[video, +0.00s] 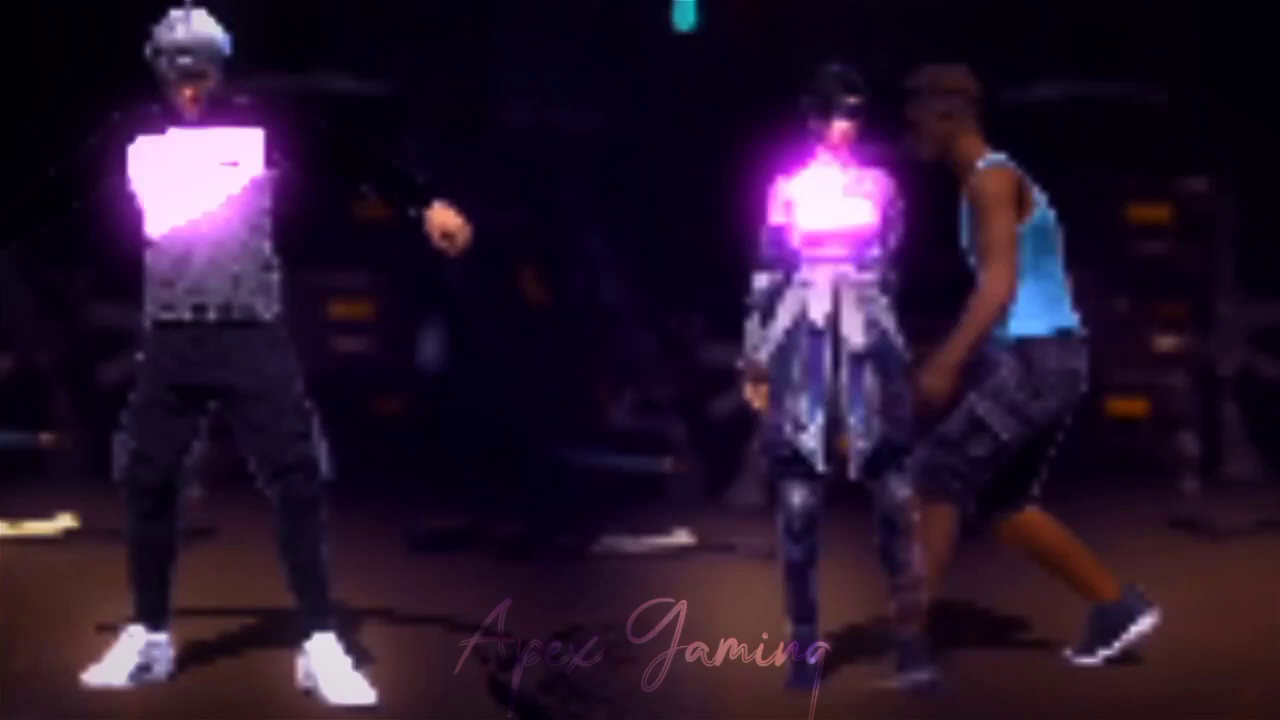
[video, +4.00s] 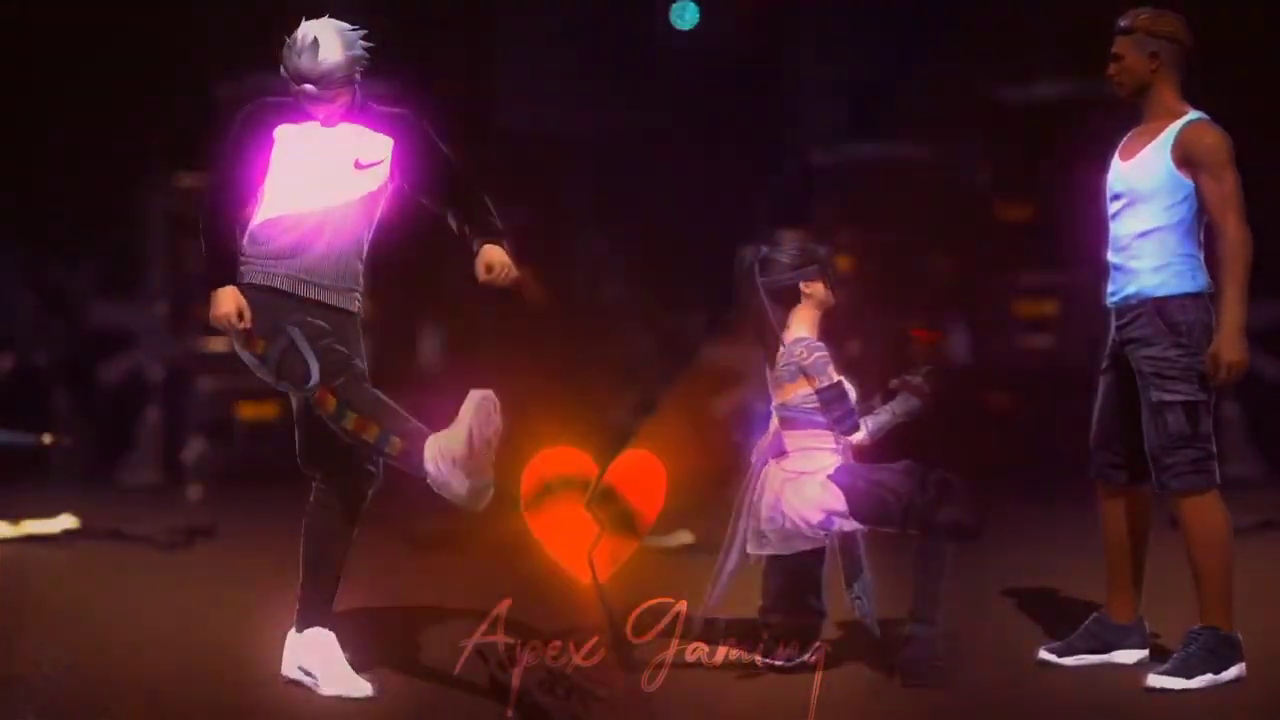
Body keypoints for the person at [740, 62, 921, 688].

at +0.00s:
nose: (845, 128)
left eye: (854, 116)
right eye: (836, 116)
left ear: (864, 121)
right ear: (815, 119)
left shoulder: (881, 186)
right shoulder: (786, 187)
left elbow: (887, 274)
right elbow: (767, 275)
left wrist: (902, 363)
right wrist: (755, 362)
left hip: (869, 338)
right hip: (802, 337)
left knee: (893, 488)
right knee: (799, 495)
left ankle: (909, 634)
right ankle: (804, 637)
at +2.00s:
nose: (880, 152)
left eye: (888, 142)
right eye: (869, 142)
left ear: (896, 148)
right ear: (848, 148)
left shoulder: (911, 220)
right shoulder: (817, 219)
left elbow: (939, 304)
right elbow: (795, 300)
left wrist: (949, 375)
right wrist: (795, 364)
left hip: (893, 354)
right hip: (831, 352)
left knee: (907, 509)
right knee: (844, 496)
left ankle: (868, 621)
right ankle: (831, 650)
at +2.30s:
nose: (893, 199)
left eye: (897, 190)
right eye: (882, 189)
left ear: (900, 197)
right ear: (853, 194)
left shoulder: (910, 270)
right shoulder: (825, 265)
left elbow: (917, 351)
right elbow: (814, 350)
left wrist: (908, 407)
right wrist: (869, 410)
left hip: (889, 408)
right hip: (831, 397)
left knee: (866, 559)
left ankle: (780, 610)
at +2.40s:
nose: (894, 205)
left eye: (898, 195)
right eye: (883, 195)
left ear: (901, 202)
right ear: (853, 200)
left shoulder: (907, 275)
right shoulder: (826, 267)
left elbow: (911, 356)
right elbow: (814, 352)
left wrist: (906, 408)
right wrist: (870, 415)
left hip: (885, 406)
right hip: (828, 393)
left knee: (867, 558)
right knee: (837, 424)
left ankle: (771, 608)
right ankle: (877, 470)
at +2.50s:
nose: (890, 218)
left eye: (890, 210)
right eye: (879, 210)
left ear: (876, 218)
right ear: (848, 216)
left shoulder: (888, 288)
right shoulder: (827, 282)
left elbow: (893, 366)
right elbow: (824, 367)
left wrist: (931, 406)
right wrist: (894, 409)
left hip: (873, 416)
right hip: (825, 412)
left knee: (851, 576)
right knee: (872, 451)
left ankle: (732, 607)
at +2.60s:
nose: (883, 230)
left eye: (882, 222)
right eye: (873, 222)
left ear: (855, 231)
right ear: (842, 230)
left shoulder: (869, 298)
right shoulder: (823, 298)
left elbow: (876, 376)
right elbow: (830, 379)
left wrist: (925, 409)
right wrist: (894, 409)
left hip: (854, 429)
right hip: (817, 430)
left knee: (838, 586)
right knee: (933, 488)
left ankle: (707, 606)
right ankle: (917, 651)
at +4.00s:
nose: (830, 287)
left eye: (825, 279)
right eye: (822, 280)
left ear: (799, 292)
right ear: (804, 288)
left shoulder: (790, 350)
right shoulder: (810, 349)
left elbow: (843, 427)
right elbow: (852, 432)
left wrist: (893, 398)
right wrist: (909, 402)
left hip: (789, 483)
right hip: (814, 485)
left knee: (792, 627)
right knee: (942, 497)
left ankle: (677, 625)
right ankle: (923, 640)